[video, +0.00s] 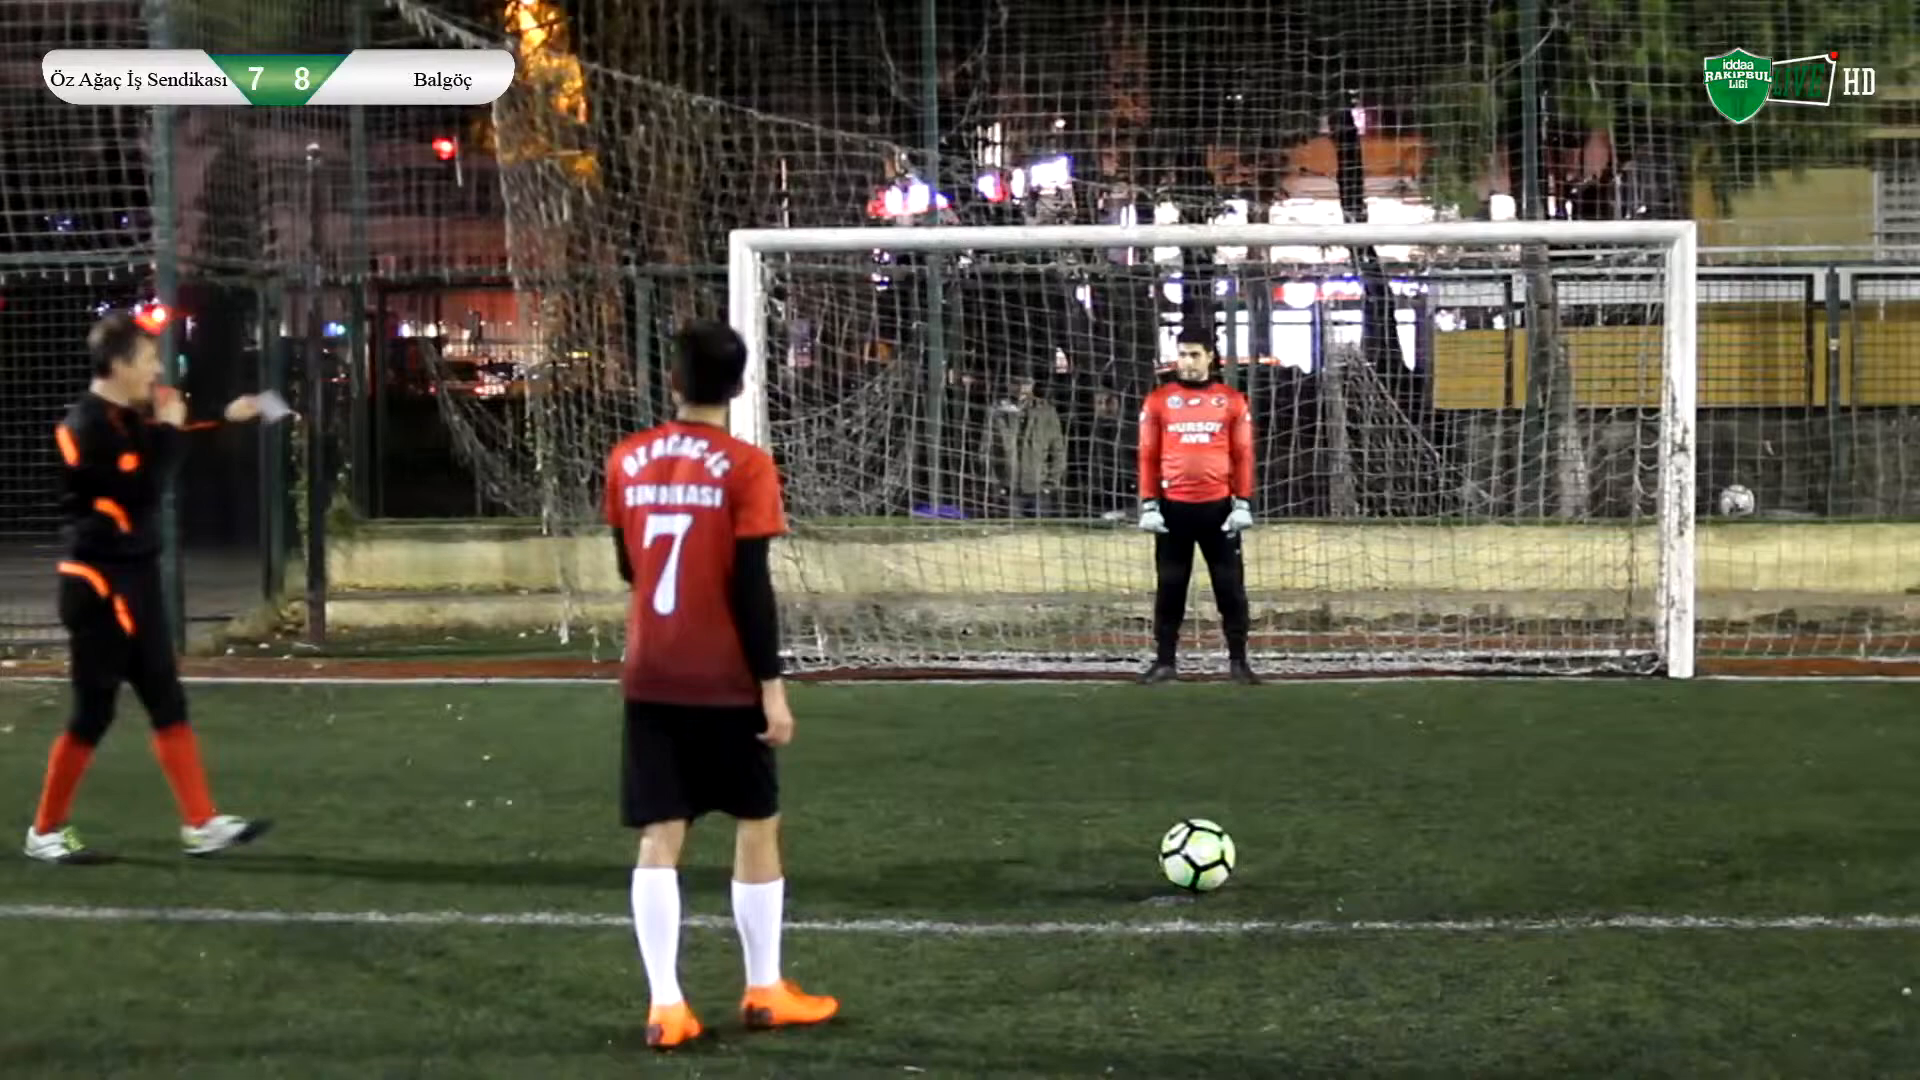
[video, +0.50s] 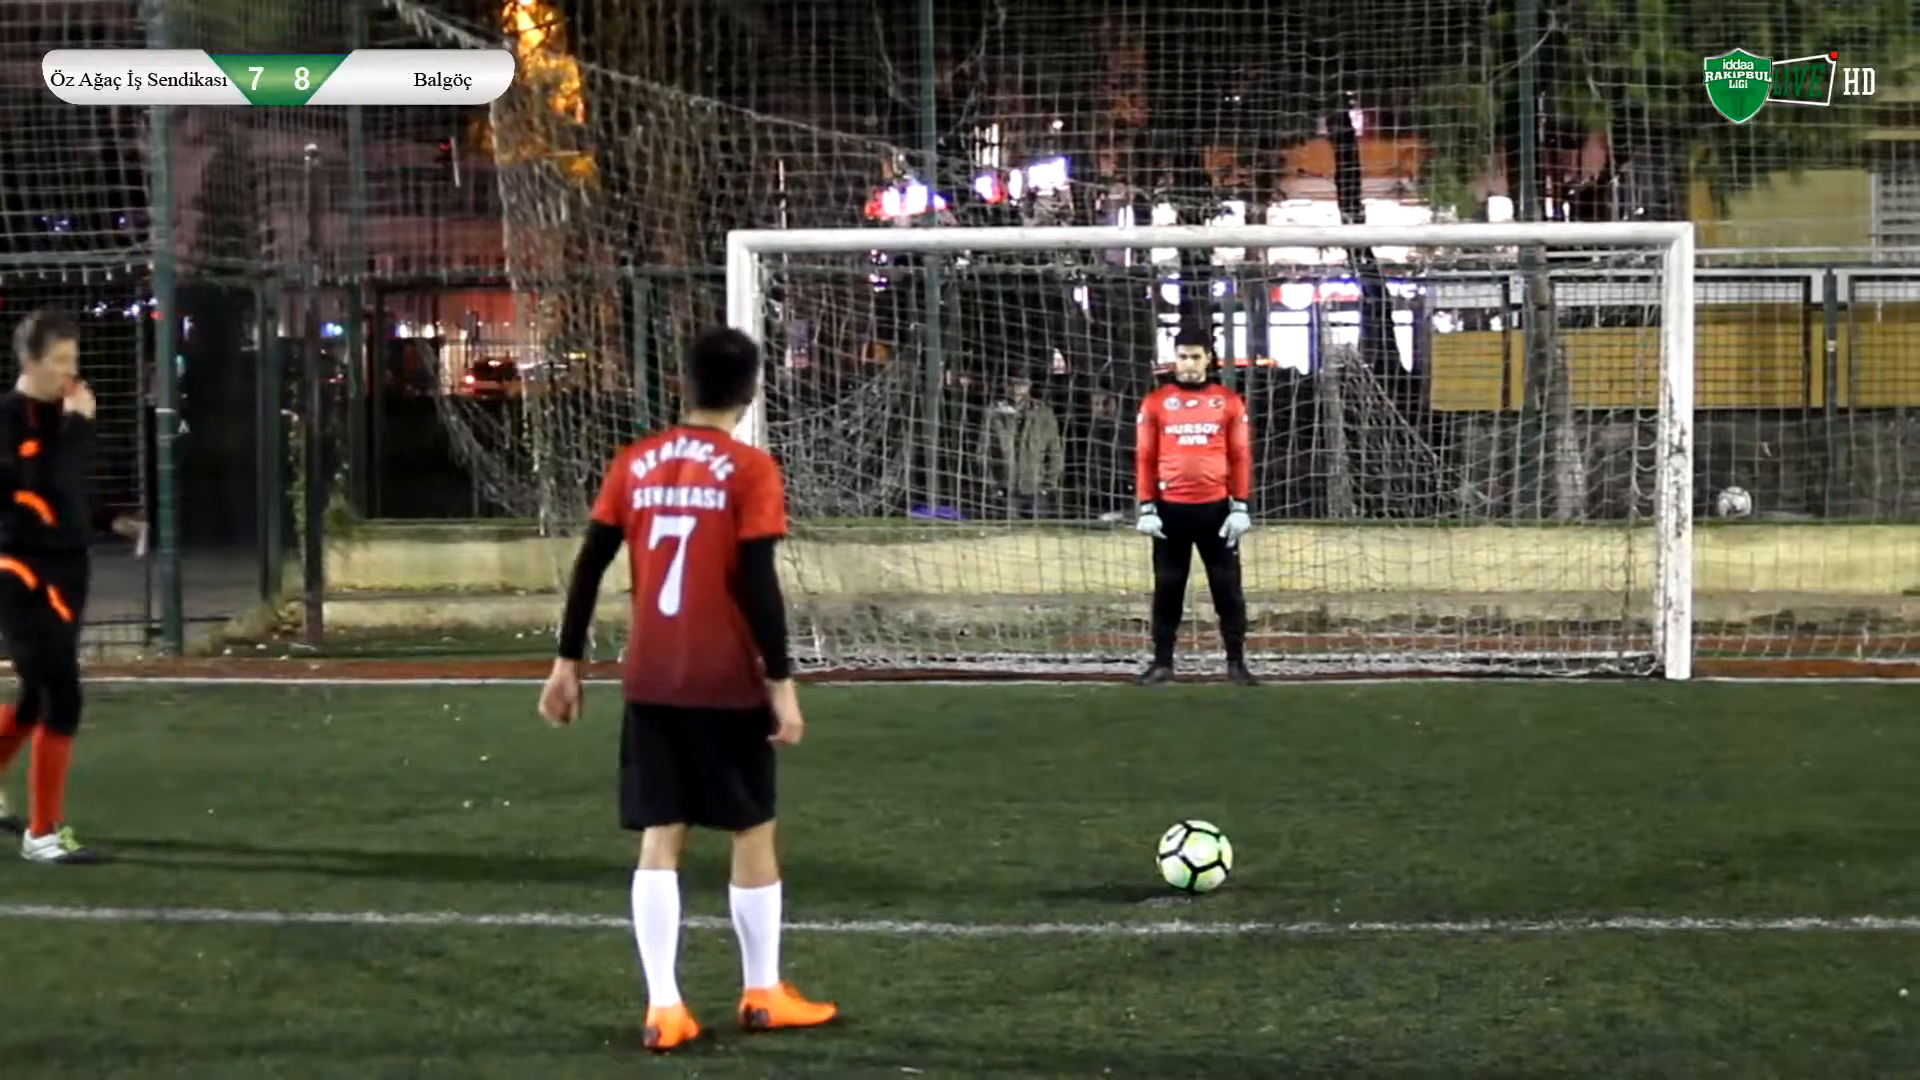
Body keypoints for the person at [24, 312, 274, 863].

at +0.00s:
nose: (156, 372)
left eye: (156, 361)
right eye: (148, 362)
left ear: (124, 366)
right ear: (116, 366)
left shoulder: (132, 418)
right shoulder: (81, 425)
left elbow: (176, 437)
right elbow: (134, 494)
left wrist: (233, 416)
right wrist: (168, 430)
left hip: (136, 579)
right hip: (94, 581)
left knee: (166, 700)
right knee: (94, 709)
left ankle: (201, 822)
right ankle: (45, 830)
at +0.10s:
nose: (149, 370)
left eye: (149, 359)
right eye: (141, 359)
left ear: (120, 364)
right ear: (106, 363)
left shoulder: (125, 417)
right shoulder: (74, 423)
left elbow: (165, 441)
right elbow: (124, 492)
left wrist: (219, 428)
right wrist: (157, 427)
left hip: (129, 576)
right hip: (87, 579)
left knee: (159, 697)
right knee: (88, 707)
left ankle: (182, 822)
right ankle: (45, 830)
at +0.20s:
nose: (121, 365)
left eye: (123, 354)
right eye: (114, 354)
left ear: (94, 357)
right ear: (79, 354)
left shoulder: (108, 412)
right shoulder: (47, 414)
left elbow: (135, 465)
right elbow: (96, 477)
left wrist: (188, 465)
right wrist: (128, 418)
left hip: (109, 566)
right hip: (65, 568)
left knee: (133, 692)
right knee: (70, 698)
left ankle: (109, 813)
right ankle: (45, 831)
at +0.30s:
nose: (103, 364)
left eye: (105, 353)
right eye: (96, 354)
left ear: (89, 354)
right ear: (63, 354)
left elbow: (120, 480)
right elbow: (81, 488)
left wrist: (163, 497)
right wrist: (110, 416)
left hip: (96, 563)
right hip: (51, 566)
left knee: (108, 691)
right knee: (65, 697)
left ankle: (69, 804)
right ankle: (41, 829)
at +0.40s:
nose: (83, 368)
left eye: (85, 358)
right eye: (75, 358)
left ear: (77, 360)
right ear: (44, 357)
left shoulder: (70, 412)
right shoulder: (23, 414)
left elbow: (74, 483)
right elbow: (49, 481)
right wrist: (85, 421)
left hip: (77, 563)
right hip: (38, 564)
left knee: (64, 689)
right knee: (63, 694)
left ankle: (11, 782)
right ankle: (45, 829)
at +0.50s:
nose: (71, 372)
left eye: (74, 362)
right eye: (63, 363)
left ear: (70, 363)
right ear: (30, 363)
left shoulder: (62, 416)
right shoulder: (11, 419)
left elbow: (74, 500)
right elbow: (57, 504)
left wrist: (113, 521)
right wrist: (78, 425)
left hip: (58, 575)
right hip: (24, 577)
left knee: (32, 698)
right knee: (61, 699)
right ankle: (42, 831)